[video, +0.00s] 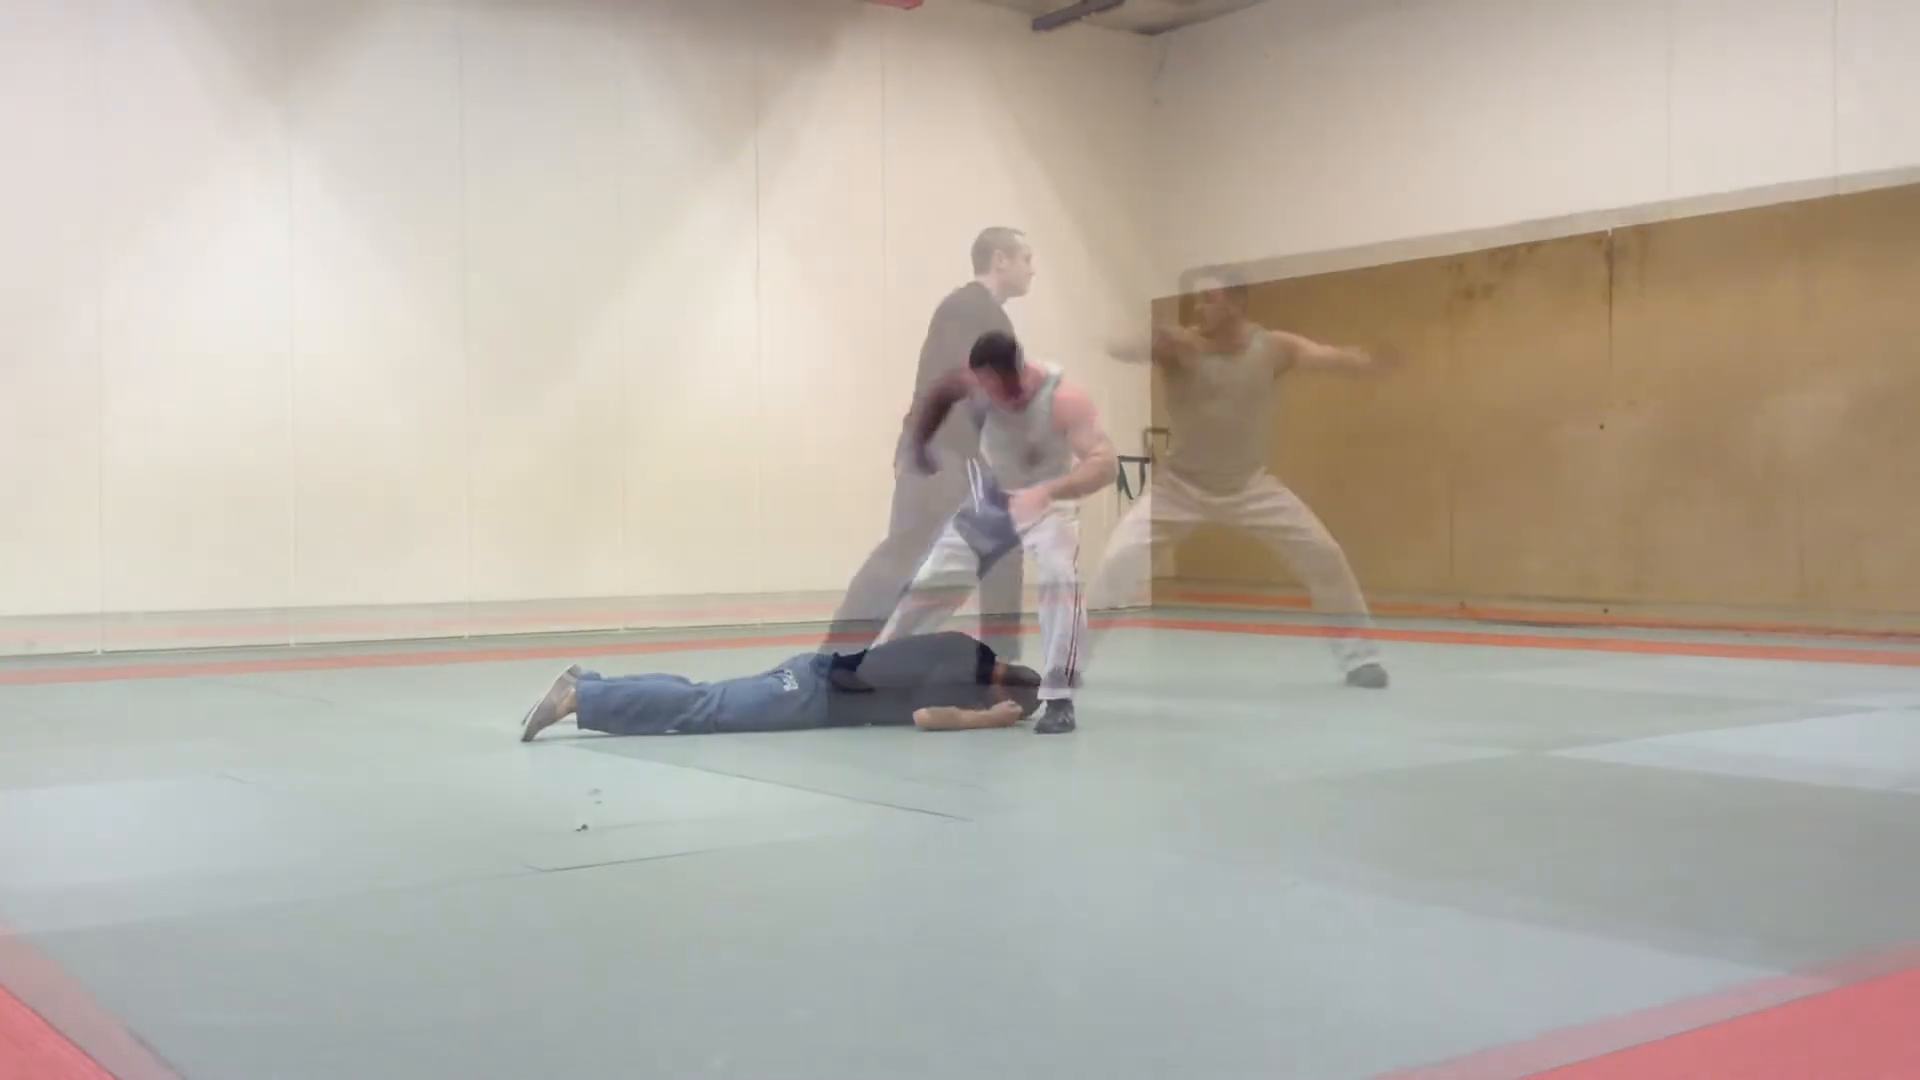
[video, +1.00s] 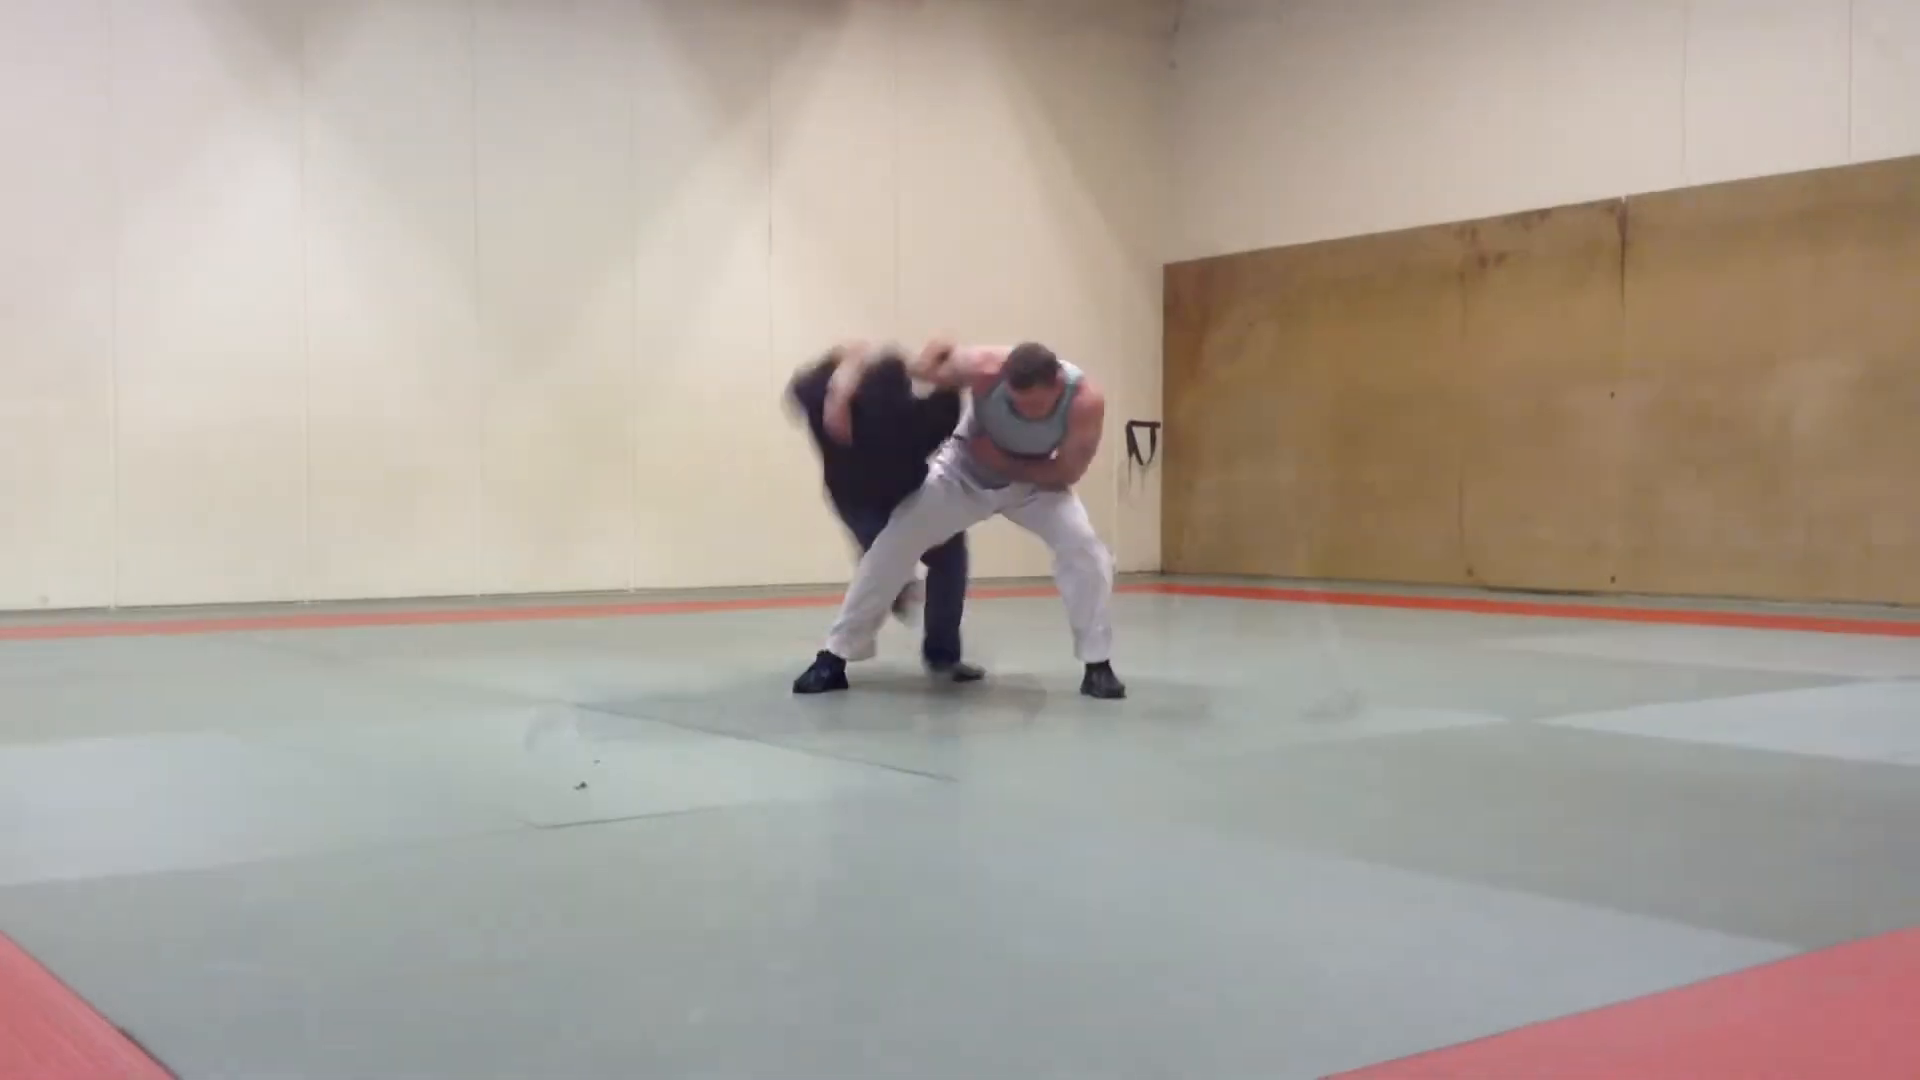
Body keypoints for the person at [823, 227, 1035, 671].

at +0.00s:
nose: (1032, 270)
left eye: (1031, 261)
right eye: (1026, 260)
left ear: (995, 263)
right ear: (1000, 262)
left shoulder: (975, 307)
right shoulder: (975, 309)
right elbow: (984, 396)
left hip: (971, 451)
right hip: (939, 450)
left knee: (1004, 547)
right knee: (907, 549)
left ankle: (1000, 670)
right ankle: (838, 658)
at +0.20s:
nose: (1025, 269)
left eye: (1024, 259)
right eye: (1020, 259)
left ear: (991, 261)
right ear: (998, 260)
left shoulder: (980, 307)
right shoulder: (973, 307)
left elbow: (968, 395)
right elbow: (953, 396)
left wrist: (996, 440)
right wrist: (971, 457)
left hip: (954, 448)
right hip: (941, 449)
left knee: (992, 550)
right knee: (929, 551)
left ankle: (976, 663)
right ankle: (835, 638)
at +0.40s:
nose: (1014, 255)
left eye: (1013, 246)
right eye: (1010, 246)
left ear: (969, 248)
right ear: (989, 247)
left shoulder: (938, 296)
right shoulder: (992, 301)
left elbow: (946, 372)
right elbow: (1034, 376)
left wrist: (994, 401)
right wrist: (1073, 412)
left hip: (934, 443)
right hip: (965, 447)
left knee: (964, 553)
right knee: (995, 550)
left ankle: (970, 657)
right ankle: (931, 644)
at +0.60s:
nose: (1006, 271)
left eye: (1006, 262)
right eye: (1005, 261)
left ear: (959, 254)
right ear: (993, 255)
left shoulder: (920, 301)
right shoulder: (995, 306)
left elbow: (924, 372)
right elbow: (1022, 379)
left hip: (926, 447)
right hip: (968, 450)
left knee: (955, 548)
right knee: (1021, 550)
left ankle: (968, 657)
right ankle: (980, 657)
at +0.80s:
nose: (1034, 362)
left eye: (1044, 355)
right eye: (1028, 352)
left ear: (1069, 342)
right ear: (1021, 337)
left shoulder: (1091, 384)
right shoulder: (1009, 332)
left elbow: (1042, 452)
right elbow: (954, 320)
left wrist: (990, 408)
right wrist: (896, 309)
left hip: (1042, 479)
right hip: (973, 468)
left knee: (1100, 542)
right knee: (906, 550)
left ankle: (1104, 669)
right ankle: (829, 655)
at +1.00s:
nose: (1030, 415)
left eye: (1039, 408)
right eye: (1021, 406)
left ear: (1058, 385)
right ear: (1008, 383)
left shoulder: (1085, 401)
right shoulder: (986, 367)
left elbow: (1064, 475)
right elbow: (924, 370)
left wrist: (1001, 462)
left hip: (1037, 486)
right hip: (965, 474)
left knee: (1085, 550)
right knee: (895, 542)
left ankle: (1098, 666)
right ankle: (834, 658)